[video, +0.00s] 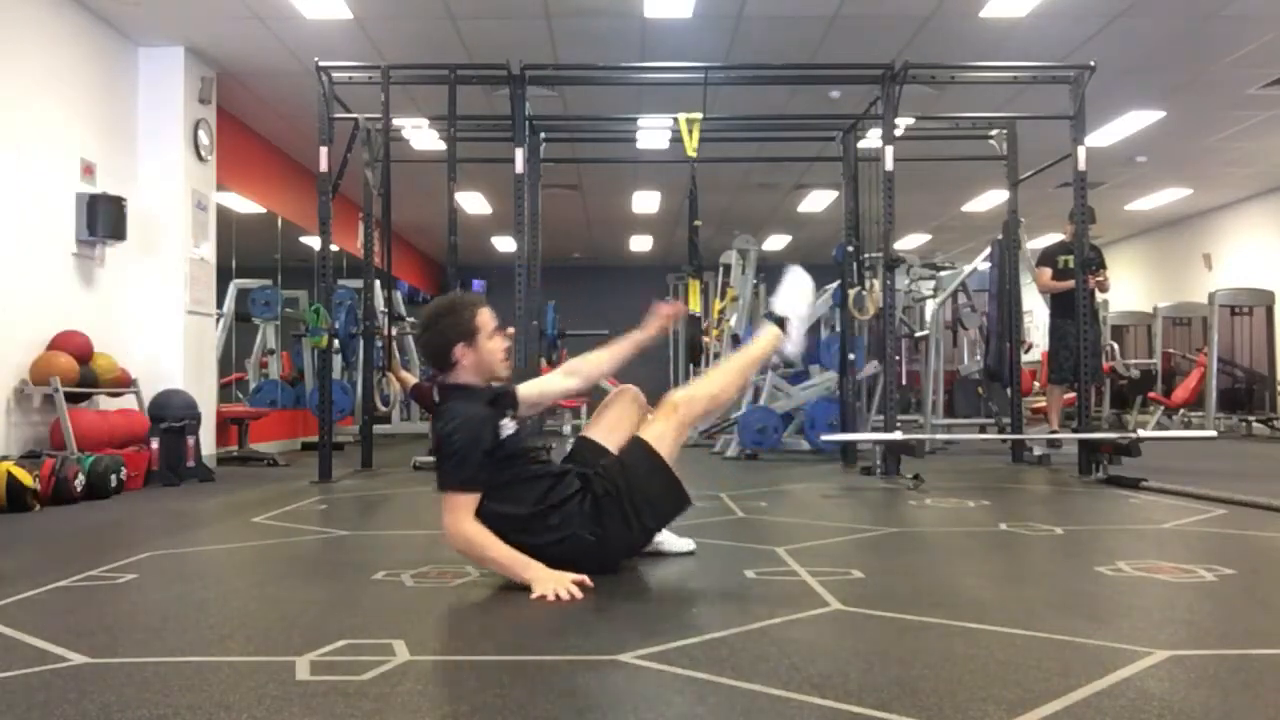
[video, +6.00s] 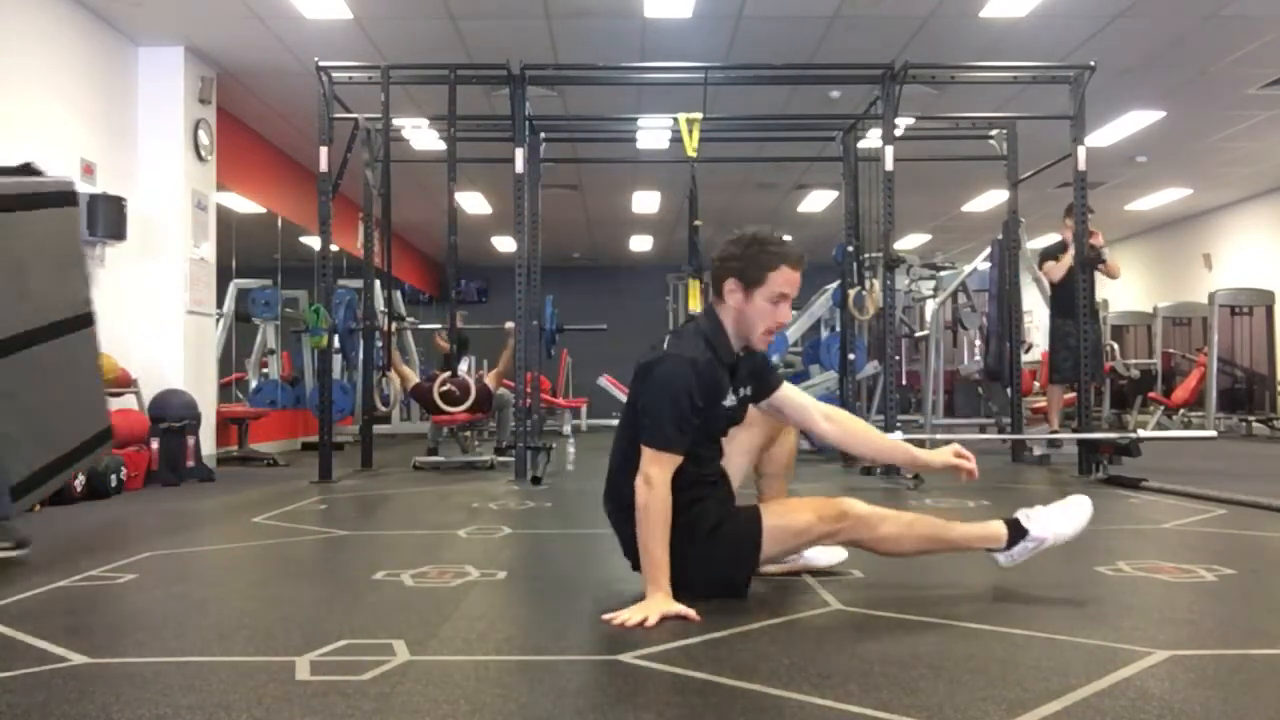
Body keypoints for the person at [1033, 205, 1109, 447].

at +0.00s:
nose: (1082, 230)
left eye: (1086, 225)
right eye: (1078, 224)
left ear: (1092, 227)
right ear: (1069, 224)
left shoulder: (1094, 252)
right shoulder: (1051, 252)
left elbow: (1104, 287)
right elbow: (1043, 285)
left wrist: (1100, 282)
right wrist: (1075, 283)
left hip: (1089, 321)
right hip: (1062, 321)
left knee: (1089, 375)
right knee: (1058, 377)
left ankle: (1087, 423)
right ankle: (1054, 427)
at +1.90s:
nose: (1065, 236)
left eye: (1067, 231)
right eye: (1062, 230)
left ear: (1063, 230)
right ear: (1049, 225)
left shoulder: (1064, 251)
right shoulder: (1029, 250)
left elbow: (1069, 280)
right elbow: (1025, 286)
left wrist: (1081, 280)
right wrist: (1063, 284)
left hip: (1061, 318)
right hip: (1038, 319)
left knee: (1072, 373)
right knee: (1038, 377)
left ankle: (1076, 422)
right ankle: (1038, 425)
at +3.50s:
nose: (1086, 228)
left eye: (1090, 224)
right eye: (1082, 223)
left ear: (1094, 225)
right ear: (1071, 223)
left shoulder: (1097, 252)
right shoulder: (1055, 251)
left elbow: (1106, 282)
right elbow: (1045, 283)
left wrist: (1103, 281)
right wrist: (1080, 283)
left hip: (1088, 319)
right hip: (1062, 319)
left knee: (1088, 374)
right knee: (1053, 374)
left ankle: (1085, 423)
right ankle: (1041, 424)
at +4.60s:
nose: (1078, 222)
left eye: (1082, 217)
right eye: (1073, 217)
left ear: (1088, 220)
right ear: (1065, 220)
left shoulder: (1097, 250)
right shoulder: (1052, 251)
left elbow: (1111, 285)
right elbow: (1034, 283)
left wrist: (1100, 274)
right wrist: (1051, 297)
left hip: (1090, 320)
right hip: (1063, 321)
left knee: (1090, 376)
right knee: (1058, 376)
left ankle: (1087, 425)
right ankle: (1054, 428)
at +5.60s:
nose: (1081, 223)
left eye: (1085, 218)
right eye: (1076, 219)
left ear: (1089, 220)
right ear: (1065, 221)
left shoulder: (1091, 250)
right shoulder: (1051, 252)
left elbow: (1111, 277)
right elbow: (1038, 281)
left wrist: (1096, 255)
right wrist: (1068, 266)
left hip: (1089, 320)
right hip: (1062, 320)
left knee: (1089, 376)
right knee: (1058, 377)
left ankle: (1087, 424)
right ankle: (1054, 428)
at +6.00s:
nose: (1079, 226)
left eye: (1083, 221)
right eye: (1074, 221)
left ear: (1088, 223)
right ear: (1065, 223)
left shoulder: (1089, 251)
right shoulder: (1051, 252)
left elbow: (1114, 273)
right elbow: (1053, 275)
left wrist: (1101, 249)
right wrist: (1072, 250)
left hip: (1088, 320)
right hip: (1063, 320)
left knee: (1088, 375)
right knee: (1059, 377)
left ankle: (1087, 422)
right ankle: (1055, 427)